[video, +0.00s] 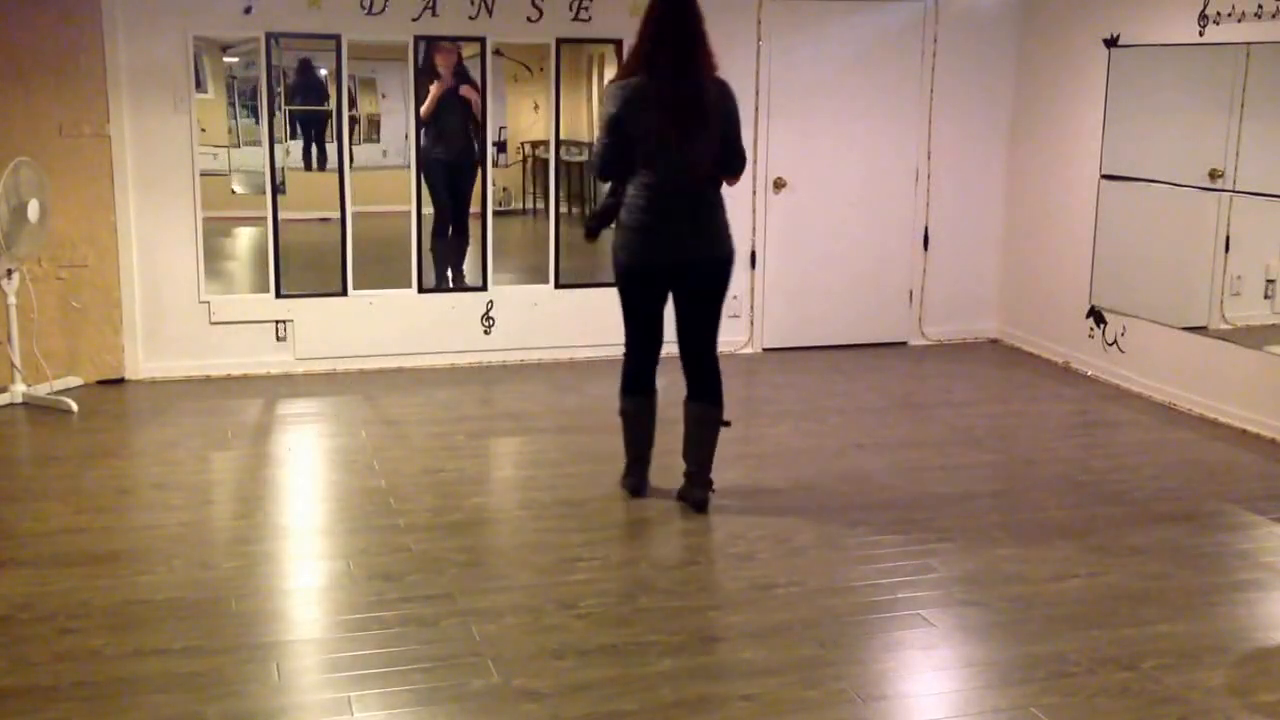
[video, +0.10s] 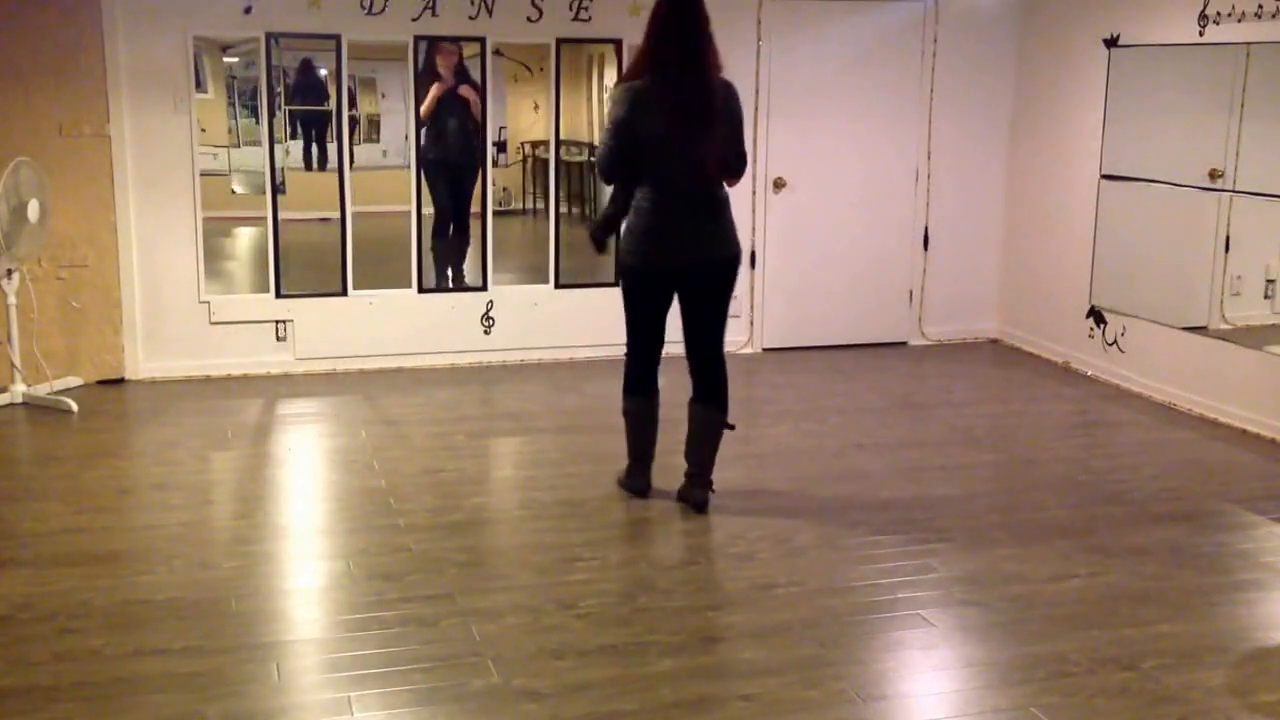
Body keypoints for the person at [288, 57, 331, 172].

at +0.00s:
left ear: (298, 69)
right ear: (312, 68)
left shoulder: (296, 82)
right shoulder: (317, 81)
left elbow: (290, 99)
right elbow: (325, 96)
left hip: (303, 113)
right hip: (319, 113)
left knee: (307, 141)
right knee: (320, 141)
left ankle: (307, 167)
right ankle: (321, 166)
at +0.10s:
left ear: (299, 68)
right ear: (313, 68)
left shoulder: (297, 82)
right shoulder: (318, 80)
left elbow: (292, 99)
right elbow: (326, 96)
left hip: (304, 113)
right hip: (320, 113)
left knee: (307, 142)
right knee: (321, 141)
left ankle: (308, 167)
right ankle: (322, 167)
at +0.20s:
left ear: (300, 68)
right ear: (314, 68)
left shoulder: (298, 82)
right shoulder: (318, 81)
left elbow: (293, 99)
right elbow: (326, 96)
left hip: (304, 113)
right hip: (320, 113)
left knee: (307, 141)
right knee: (321, 141)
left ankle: (308, 166)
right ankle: (322, 166)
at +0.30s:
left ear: (301, 68)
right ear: (314, 68)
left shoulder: (298, 81)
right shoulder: (319, 81)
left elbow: (293, 98)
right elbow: (326, 96)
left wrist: (294, 111)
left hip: (304, 113)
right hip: (320, 112)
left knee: (306, 139)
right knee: (321, 141)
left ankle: (305, 165)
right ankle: (322, 166)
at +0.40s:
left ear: (300, 68)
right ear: (314, 68)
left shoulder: (298, 81)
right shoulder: (318, 81)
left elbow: (293, 99)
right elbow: (326, 96)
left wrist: (294, 111)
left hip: (304, 112)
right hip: (320, 112)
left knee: (305, 138)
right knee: (322, 141)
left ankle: (301, 164)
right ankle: (322, 165)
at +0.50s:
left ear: (299, 68)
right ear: (312, 67)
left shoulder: (296, 81)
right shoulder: (317, 80)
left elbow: (291, 98)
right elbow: (325, 96)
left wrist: (293, 111)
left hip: (304, 113)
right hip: (320, 112)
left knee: (301, 141)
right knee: (322, 143)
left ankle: (296, 167)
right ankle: (323, 169)